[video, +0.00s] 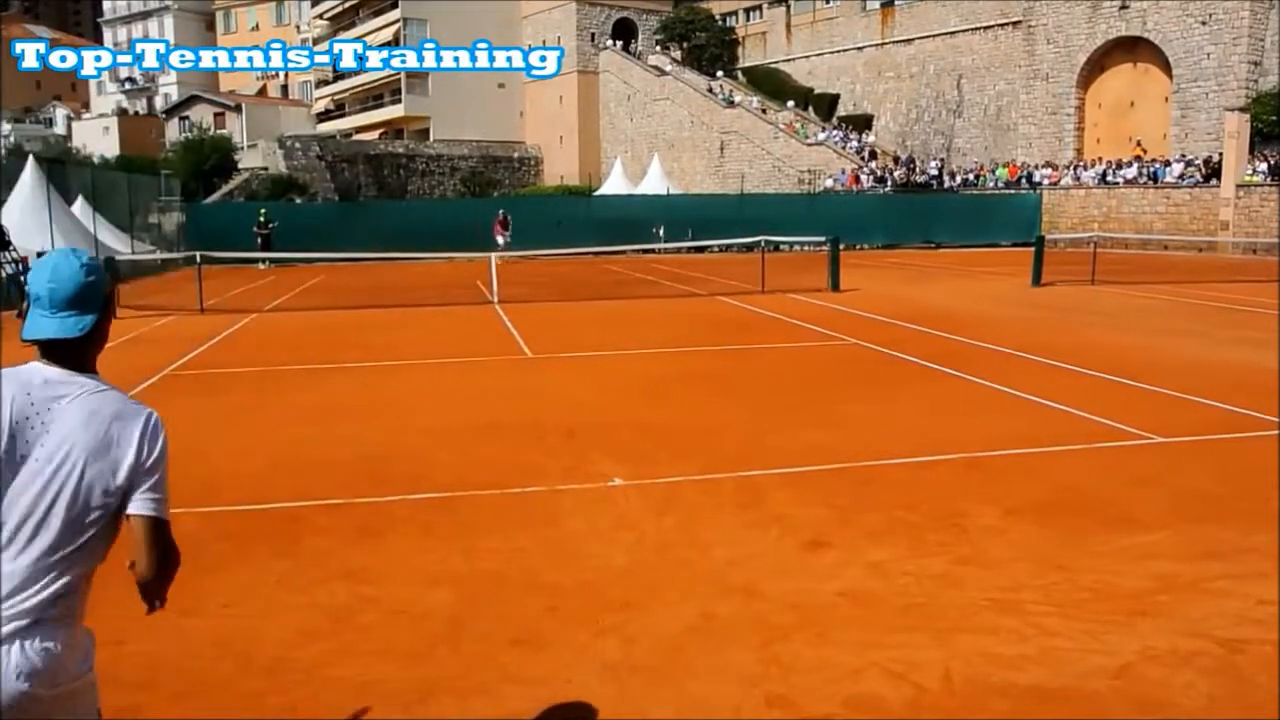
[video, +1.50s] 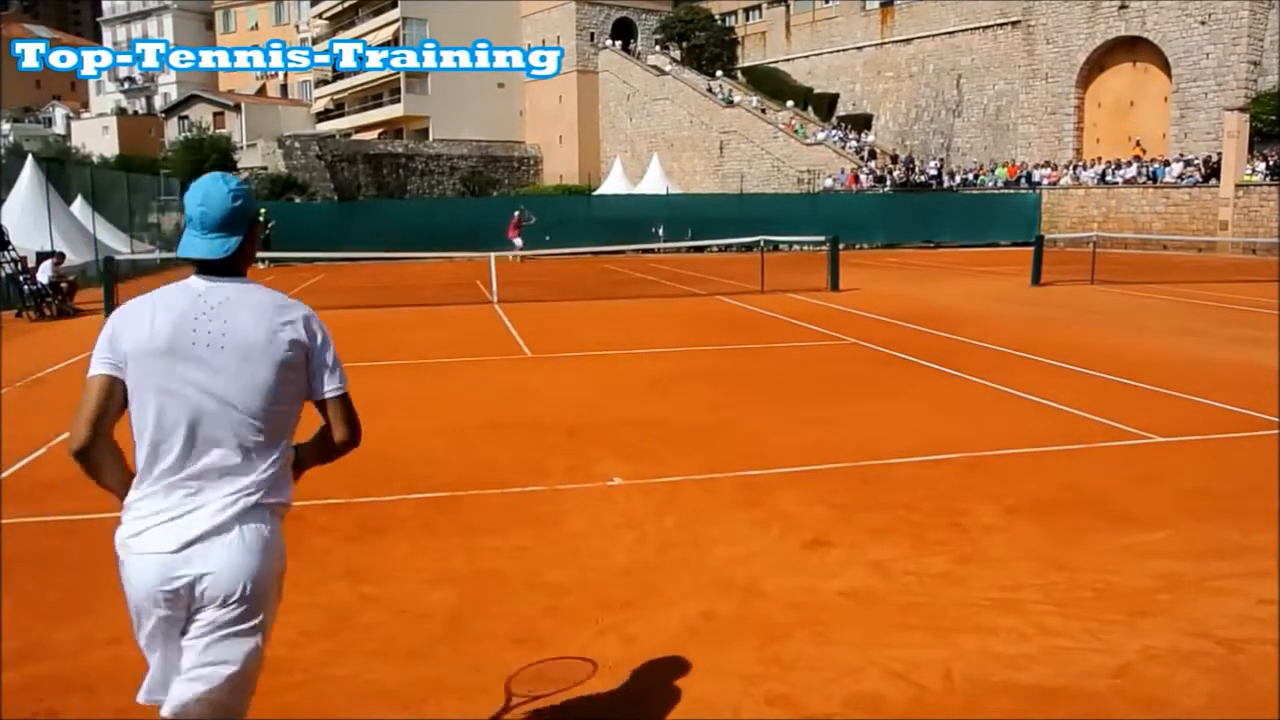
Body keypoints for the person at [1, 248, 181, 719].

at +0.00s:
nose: (113, 321)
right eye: (113, 311)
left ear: (29, 315)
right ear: (107, 322)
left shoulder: (4, 391)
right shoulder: (133, 423)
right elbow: (152, 563)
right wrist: (151, 585)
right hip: (41, 661)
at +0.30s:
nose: (135, 316)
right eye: (135, 305)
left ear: (56, 304)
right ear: (131, 314)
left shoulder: (7, 382)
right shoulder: (156, 409)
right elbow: (195, 549)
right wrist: (198, 524)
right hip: (68, 651)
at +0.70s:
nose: (176, 295)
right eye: (175, 286)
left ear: (99, 286)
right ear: (172, 294)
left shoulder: (31, 372)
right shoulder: (201, 388)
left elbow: (2, 462)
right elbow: (261, 503)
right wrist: (226, 471)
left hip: (8, 625)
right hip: (105, 633)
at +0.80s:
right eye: (183, 277)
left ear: (112, 275)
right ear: (184, 283)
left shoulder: (50, 361)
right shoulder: (217, 372)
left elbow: (2, 456)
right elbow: (278, 481)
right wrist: (237, 456)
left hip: (19, 603)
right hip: (121, 616)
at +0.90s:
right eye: (198, 263)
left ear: (127, 265)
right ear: (196, 270)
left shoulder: (68, 345)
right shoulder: (229, 353)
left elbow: (8, 453)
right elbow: (295, 462)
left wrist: (4, 535)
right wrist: (247, 449)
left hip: (43, 591)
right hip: (141, 599)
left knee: (56, 711)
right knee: (115, 711)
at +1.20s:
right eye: (223, 239)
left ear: (155, 240)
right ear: (223, 246)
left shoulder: (101, 323)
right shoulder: (262, 326)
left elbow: (40, 446)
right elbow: (321, 433)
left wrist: (69, 524)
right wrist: (264, 447)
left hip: (97, 559)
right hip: (193, 565)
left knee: (108, 700)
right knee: (145, 710)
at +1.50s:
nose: (256, 239)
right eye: (254, 232)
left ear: (187, 235)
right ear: (252, 239)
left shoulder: (132, 318)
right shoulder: (293, 319)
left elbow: (85, 440)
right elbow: (344, 432)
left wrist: (139, 495)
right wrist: (291, 459)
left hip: (148, 547)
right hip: (242, 548)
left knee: (175, 704)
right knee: (201, 710)